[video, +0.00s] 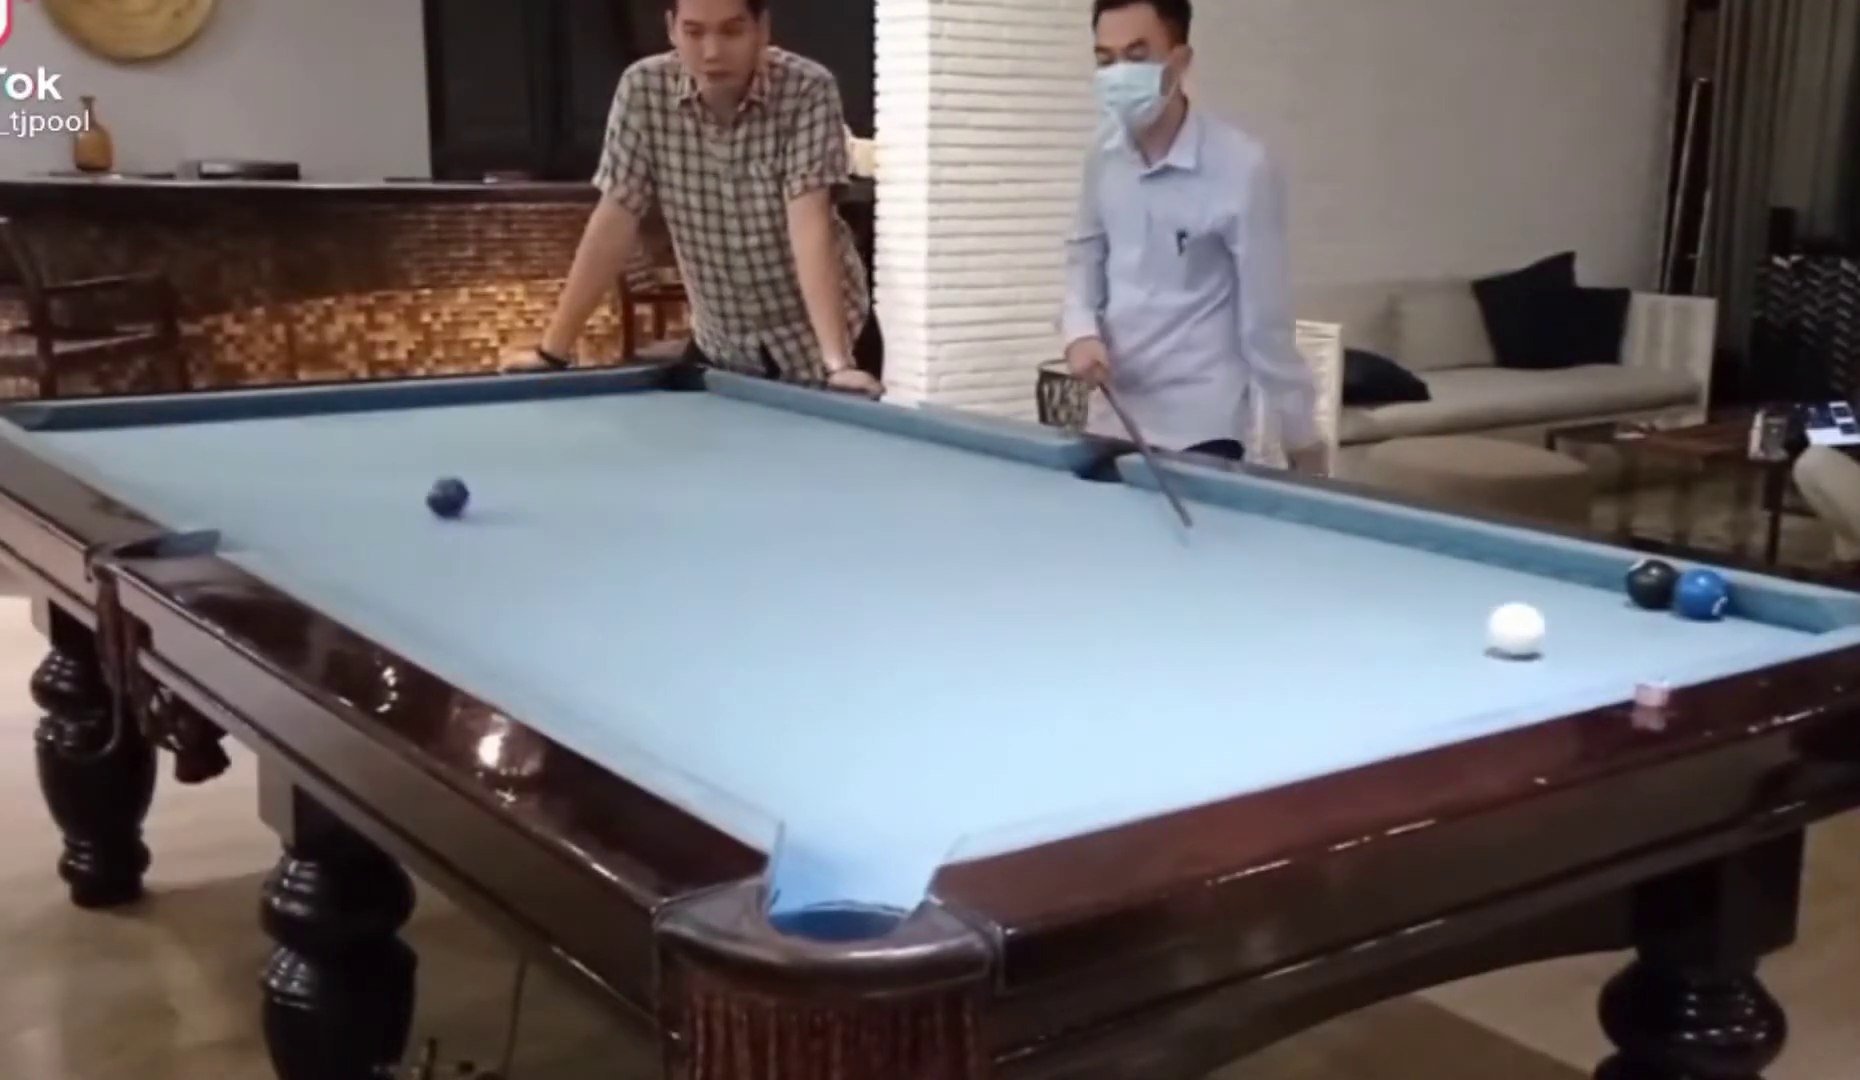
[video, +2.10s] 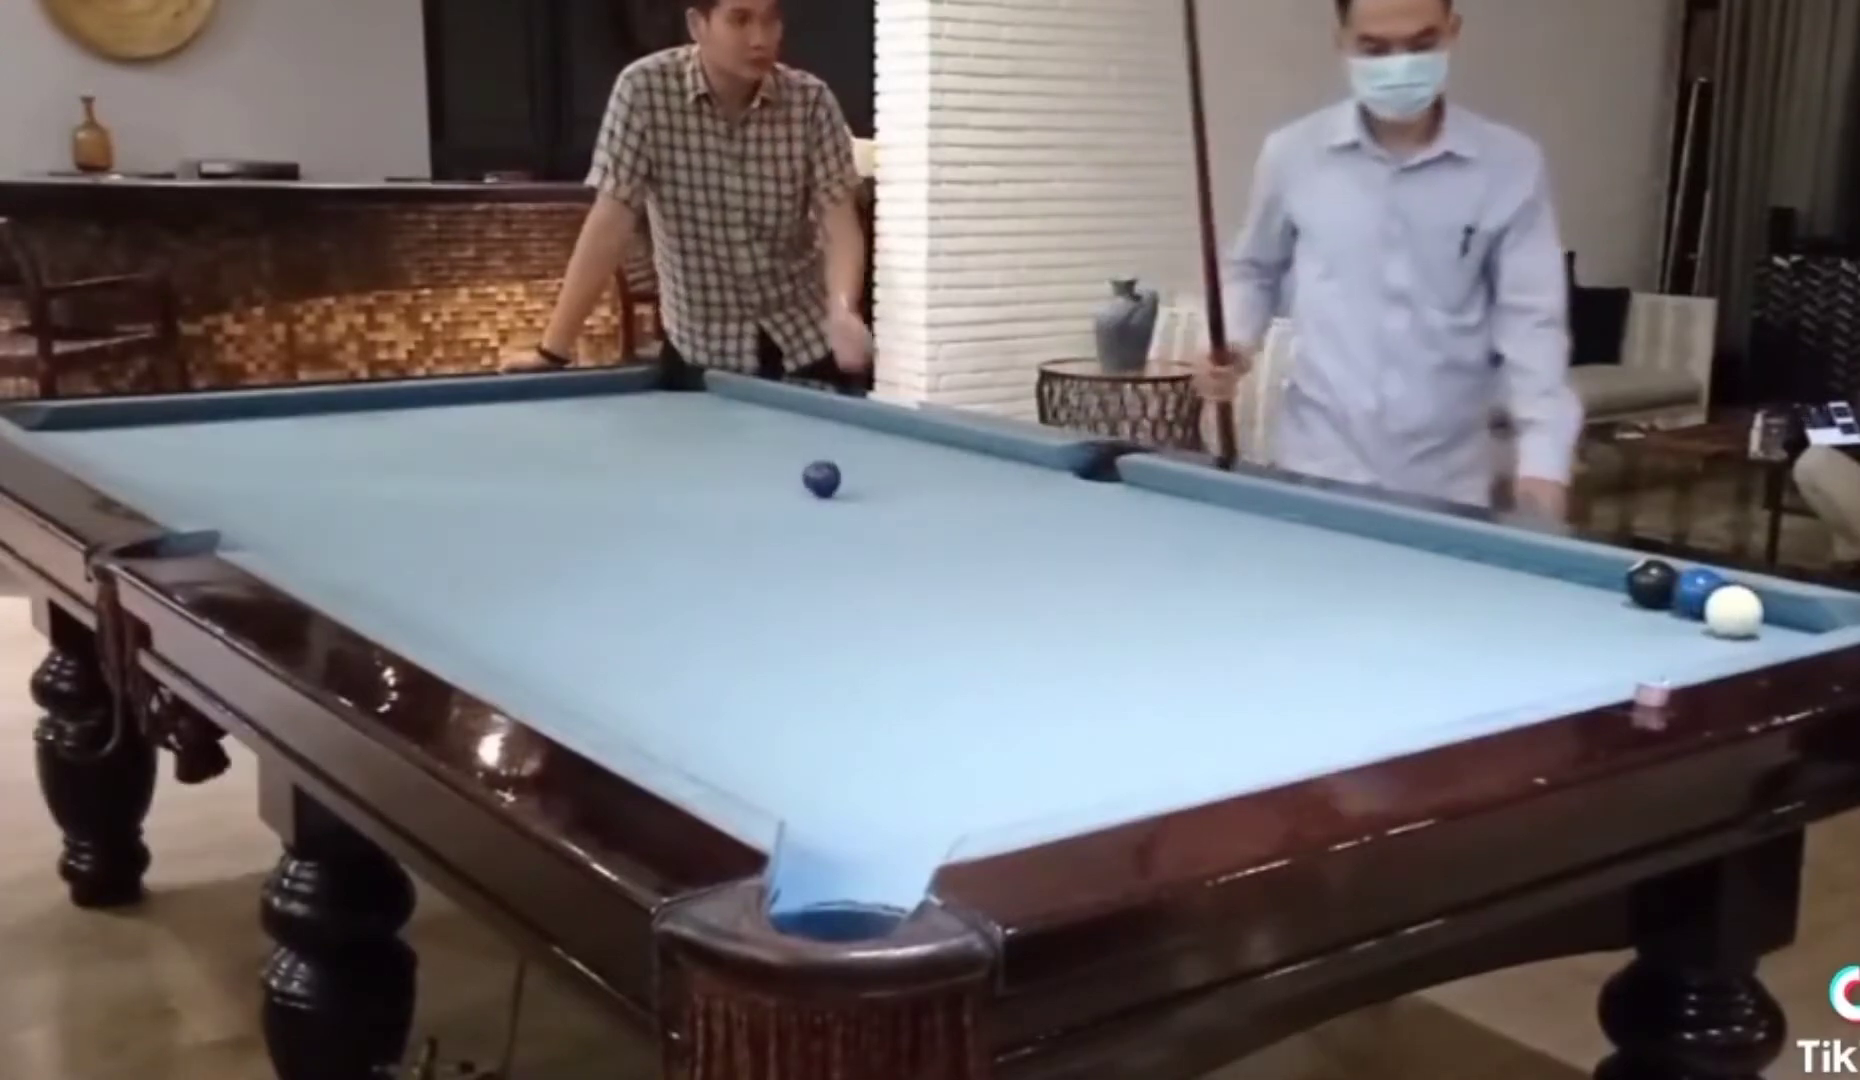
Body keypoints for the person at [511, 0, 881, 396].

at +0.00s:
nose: (712, 52)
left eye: (731, 31)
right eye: (695, 32)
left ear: (762, 29)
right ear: (672, 31)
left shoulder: (806, 89)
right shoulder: (644, 90)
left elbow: (810, 219)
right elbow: (615, 217)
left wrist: (837, 361)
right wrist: (553, 351)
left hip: (822, 347)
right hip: (722, 348)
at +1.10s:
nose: (757, 29)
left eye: (765, 13)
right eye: (737, 15)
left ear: (777, 19)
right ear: (691, 23)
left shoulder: (811, 101)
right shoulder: (638, 90)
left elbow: (858, 225)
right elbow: (610, 214)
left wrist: (836, 288)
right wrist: (553, 350)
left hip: (814, 342)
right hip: (701, 345)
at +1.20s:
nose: (766, 31)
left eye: (774, 14)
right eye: (745, 16)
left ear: (784, 19)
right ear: (698, 24)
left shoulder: (813, 102)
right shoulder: (642, 88)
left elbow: (858, 228)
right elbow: (610, 217)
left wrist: (832, 248)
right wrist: (552, 350)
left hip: (816, 336)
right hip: (702, 341)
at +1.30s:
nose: (772, 35)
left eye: (779, 17)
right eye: (751, 19)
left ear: (789, 21)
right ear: (704, 25)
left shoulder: (814, 100)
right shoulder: (645, 87)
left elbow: (852, 247)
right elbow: (610, 218)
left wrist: (820, 202)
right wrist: (552, 351)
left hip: (815, 333)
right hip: (701, 339)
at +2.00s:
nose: (767, 40)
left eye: (777, 23)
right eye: (746, 23)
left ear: (788, 26)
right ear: (703, 26)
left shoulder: (812, 101)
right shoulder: (649, 89)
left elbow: (845, 222)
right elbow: (612, 218)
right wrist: (552, 352)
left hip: (808, 335)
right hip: (701, 344)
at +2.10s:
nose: (762, 38)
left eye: (772, 20)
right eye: (741, 20)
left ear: (783, 25)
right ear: (697, 24)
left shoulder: (810, 101)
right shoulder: (646, 90)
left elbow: (839, 212)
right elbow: (611, 218)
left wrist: (842, 307)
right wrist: (552, 351)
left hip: (808, 338)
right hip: (702, 345)